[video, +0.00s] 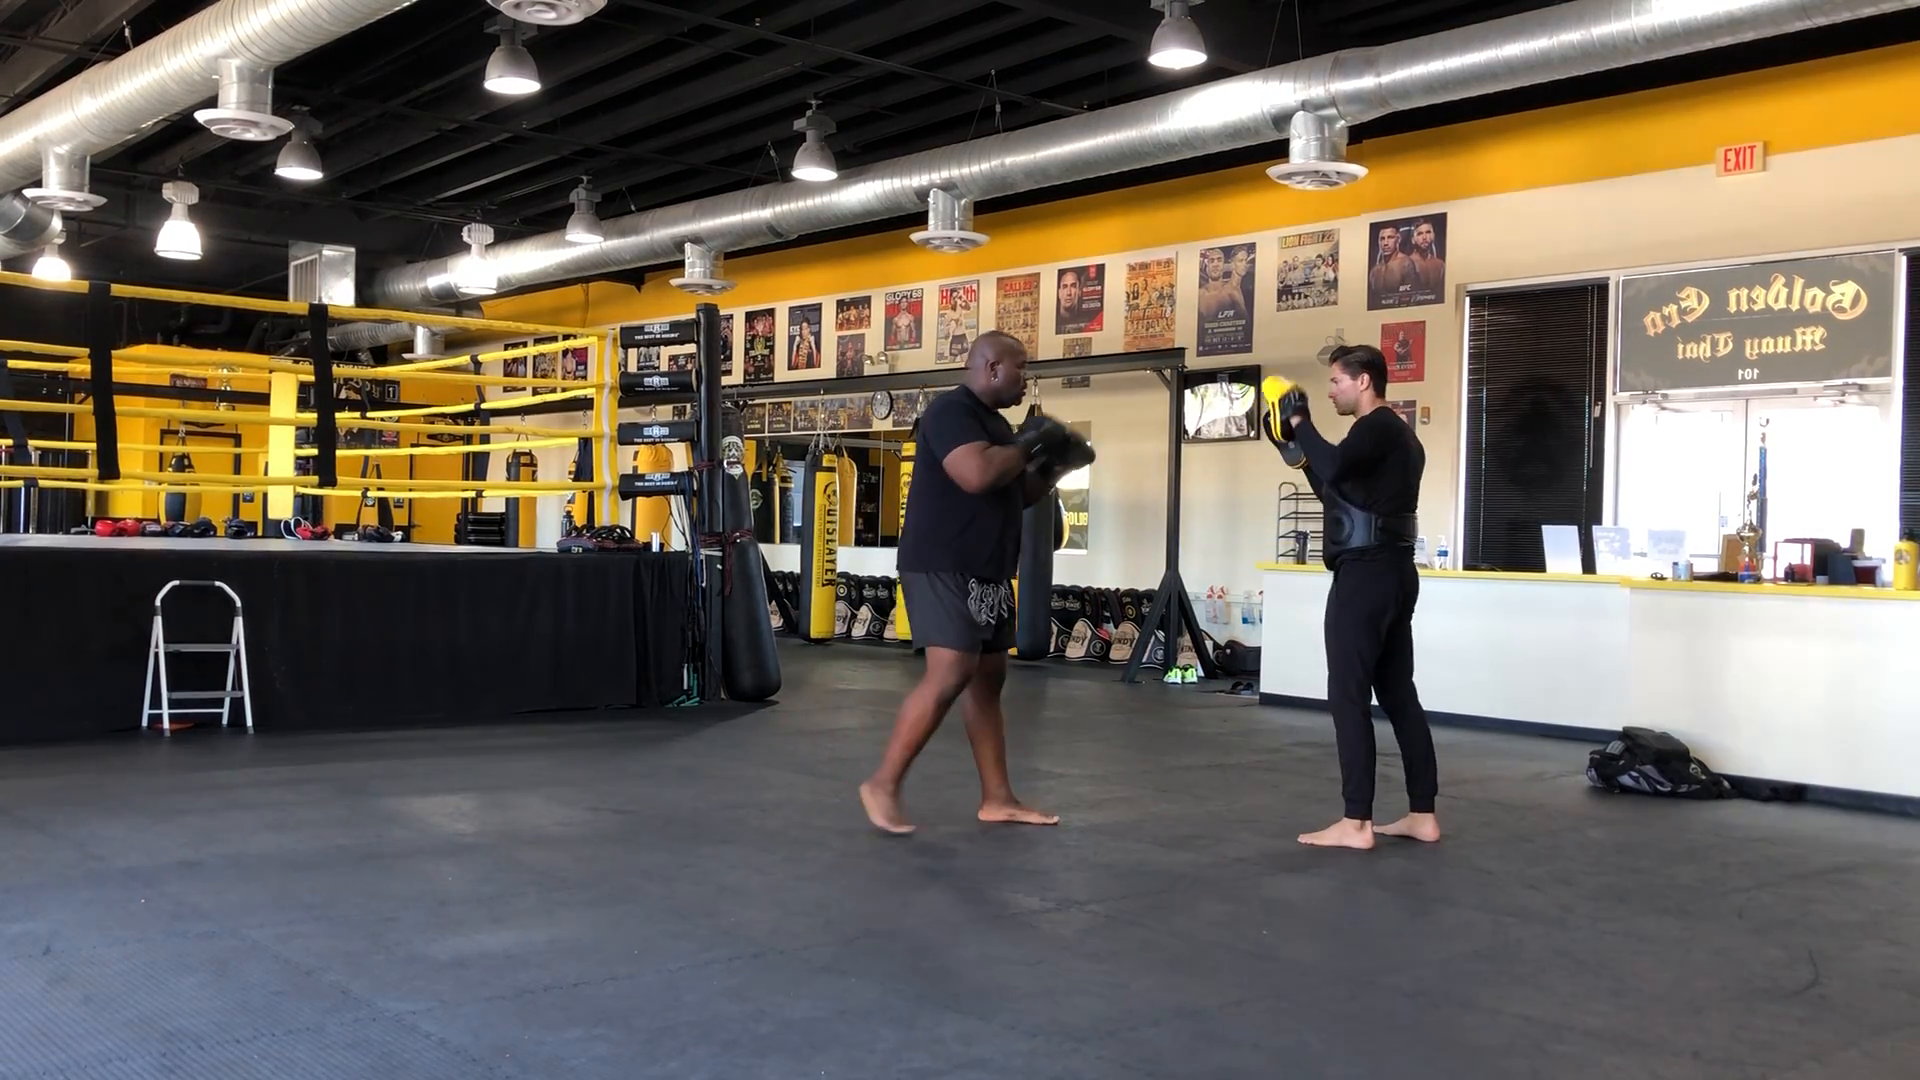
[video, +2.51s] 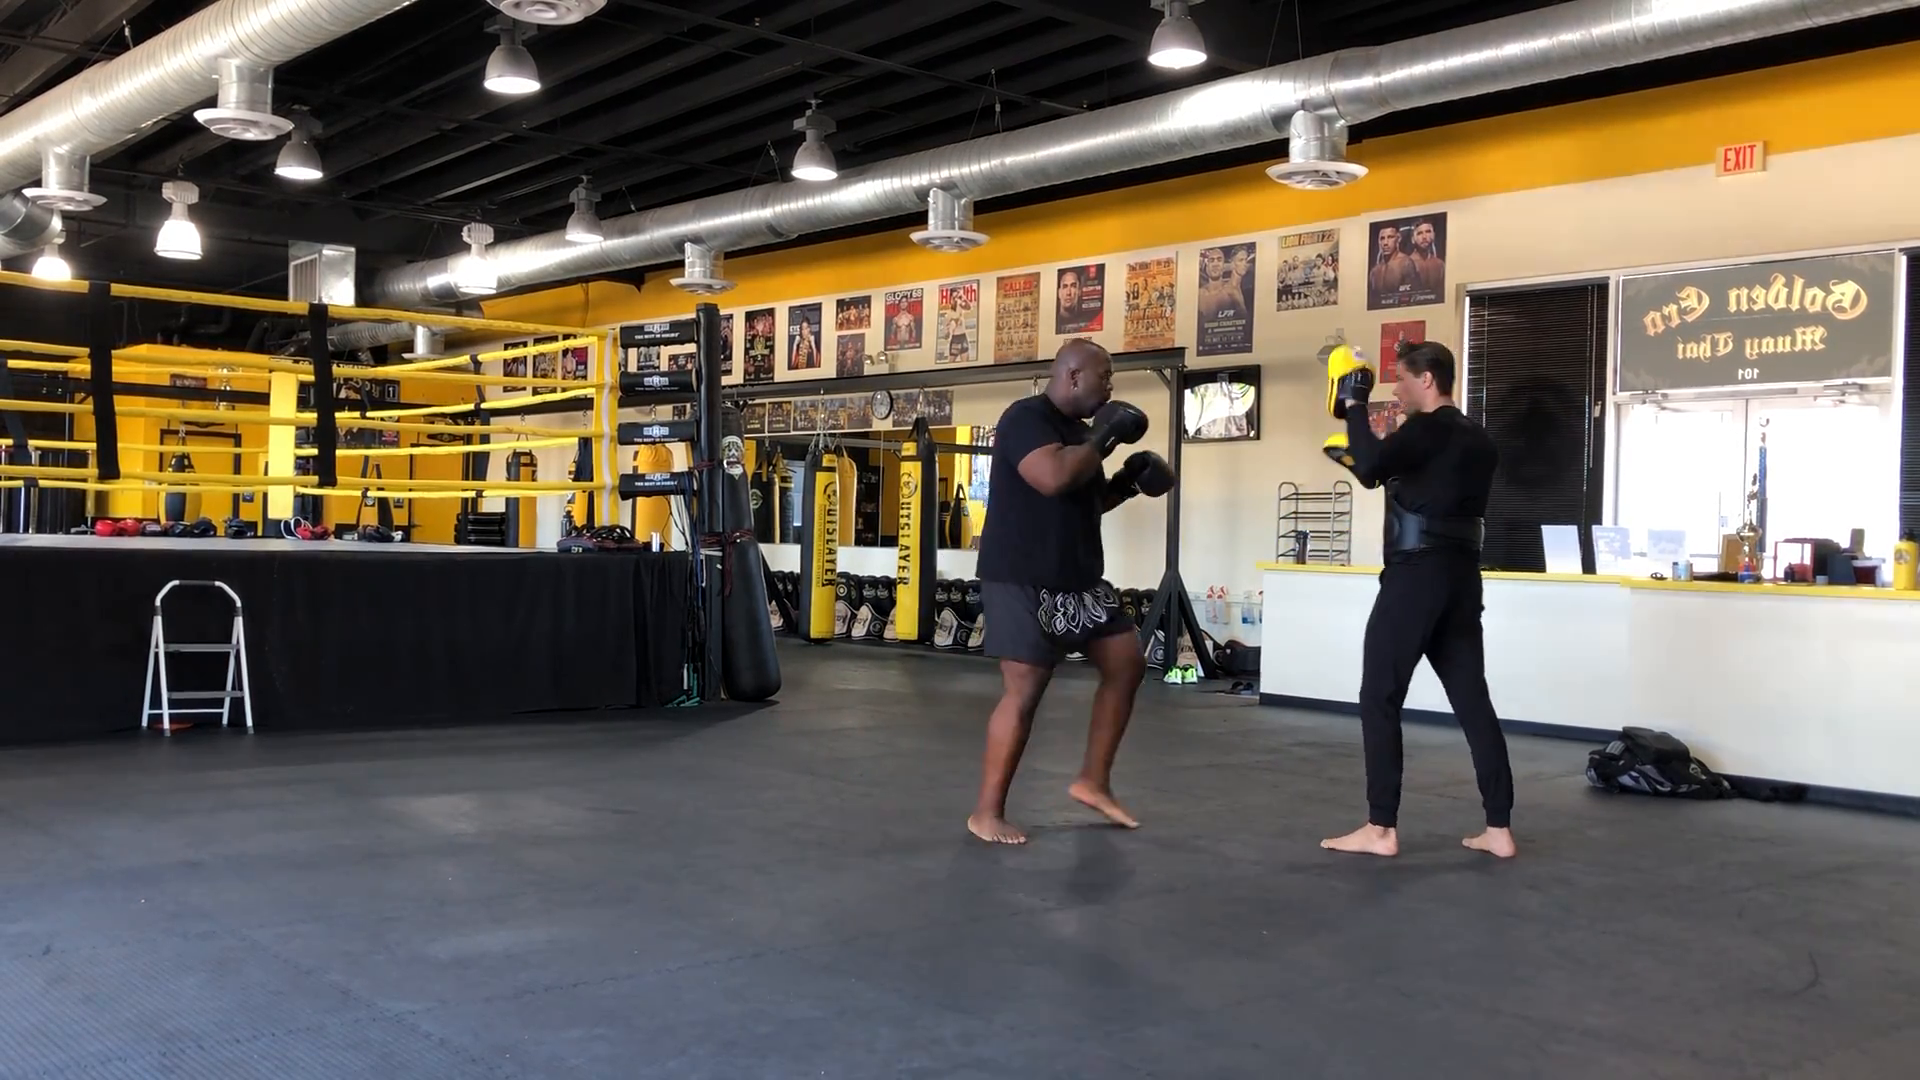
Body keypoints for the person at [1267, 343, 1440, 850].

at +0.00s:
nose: (1331, 391)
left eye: (1337, 381)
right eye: (1331, 382)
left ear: (1363, 381)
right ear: (1369, 383)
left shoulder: (1374, 426)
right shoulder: (1403, 435)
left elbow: (1336, 467)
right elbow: (1339, 491)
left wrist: (1301, 424)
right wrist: (1299, 451)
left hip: (1362, 575)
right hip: (1397, 574)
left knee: (1347, 698)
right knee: (1399, 695)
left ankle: (1355, 822)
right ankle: (1422, 815)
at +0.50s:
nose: (1307, 386)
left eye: (1312, 375)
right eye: (1308, 376)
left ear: (1338, 376)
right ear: (1349, 378)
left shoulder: (1331, 428)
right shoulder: (1391, 431)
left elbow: (1258, 466)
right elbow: (1338, 464)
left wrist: (1219, 431)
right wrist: (1285, 435)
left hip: (1340, 571)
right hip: (1383, 569)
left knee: (1343, 697)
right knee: (1384, 689)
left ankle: (1356, 822)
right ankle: (1417, 808)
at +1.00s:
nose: (1310, 383)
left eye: (1317, 374)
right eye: (1311, 373)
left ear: (1345, 377)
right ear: (1345, 378)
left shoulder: (1368, 431)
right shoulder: (1360, 426)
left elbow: (1363, 517)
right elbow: (1335, 492)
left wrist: (1301, 532)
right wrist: (1283, 466)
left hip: (1364, 577)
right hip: (1367, 573)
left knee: (1354, 695)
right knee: (1363, 690)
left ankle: (1357, 823)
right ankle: (1411, 801)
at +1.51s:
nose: (1360, 390)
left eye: (1364, 380)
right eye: (1359, 380)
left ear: (1390, 379)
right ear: (1403, 381)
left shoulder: (1393, 435)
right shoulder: (1450, 433)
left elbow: (1378, 509)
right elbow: (1432, 506)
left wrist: (1331, 512)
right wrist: (1354, 511)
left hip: (1397, 578)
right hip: (1443, 578)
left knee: (1377, 701)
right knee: (1455, 700)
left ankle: (1358, 824)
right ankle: (1495, 822)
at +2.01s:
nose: (1423, 393)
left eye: (1427, 383)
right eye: (1423, 383)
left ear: (1455, 380)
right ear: (1463, 383)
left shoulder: (1457, 432)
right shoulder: (1507, 439)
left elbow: (1433, 492)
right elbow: (1457, 509)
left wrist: (1382, 471)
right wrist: (1398, 495)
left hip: (1445, 582)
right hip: (1492, 584)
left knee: (1395, 694)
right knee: (1496, 706)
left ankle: (1380, 823)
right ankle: (1501, 832)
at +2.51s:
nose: (1396, 390)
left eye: (1400, 379)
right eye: (1395, 380)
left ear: (1428, 379)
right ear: (1439, 380)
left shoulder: (1425, 429)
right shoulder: (1480, 438)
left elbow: (1368, 467)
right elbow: (1431, 489)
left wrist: (1354, 407)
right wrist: (1385, 445)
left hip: (1414, 578)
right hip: (1461, 580)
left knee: (1378, 700)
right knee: (1474, 704)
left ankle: (1380, 828)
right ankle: (1499, 831)